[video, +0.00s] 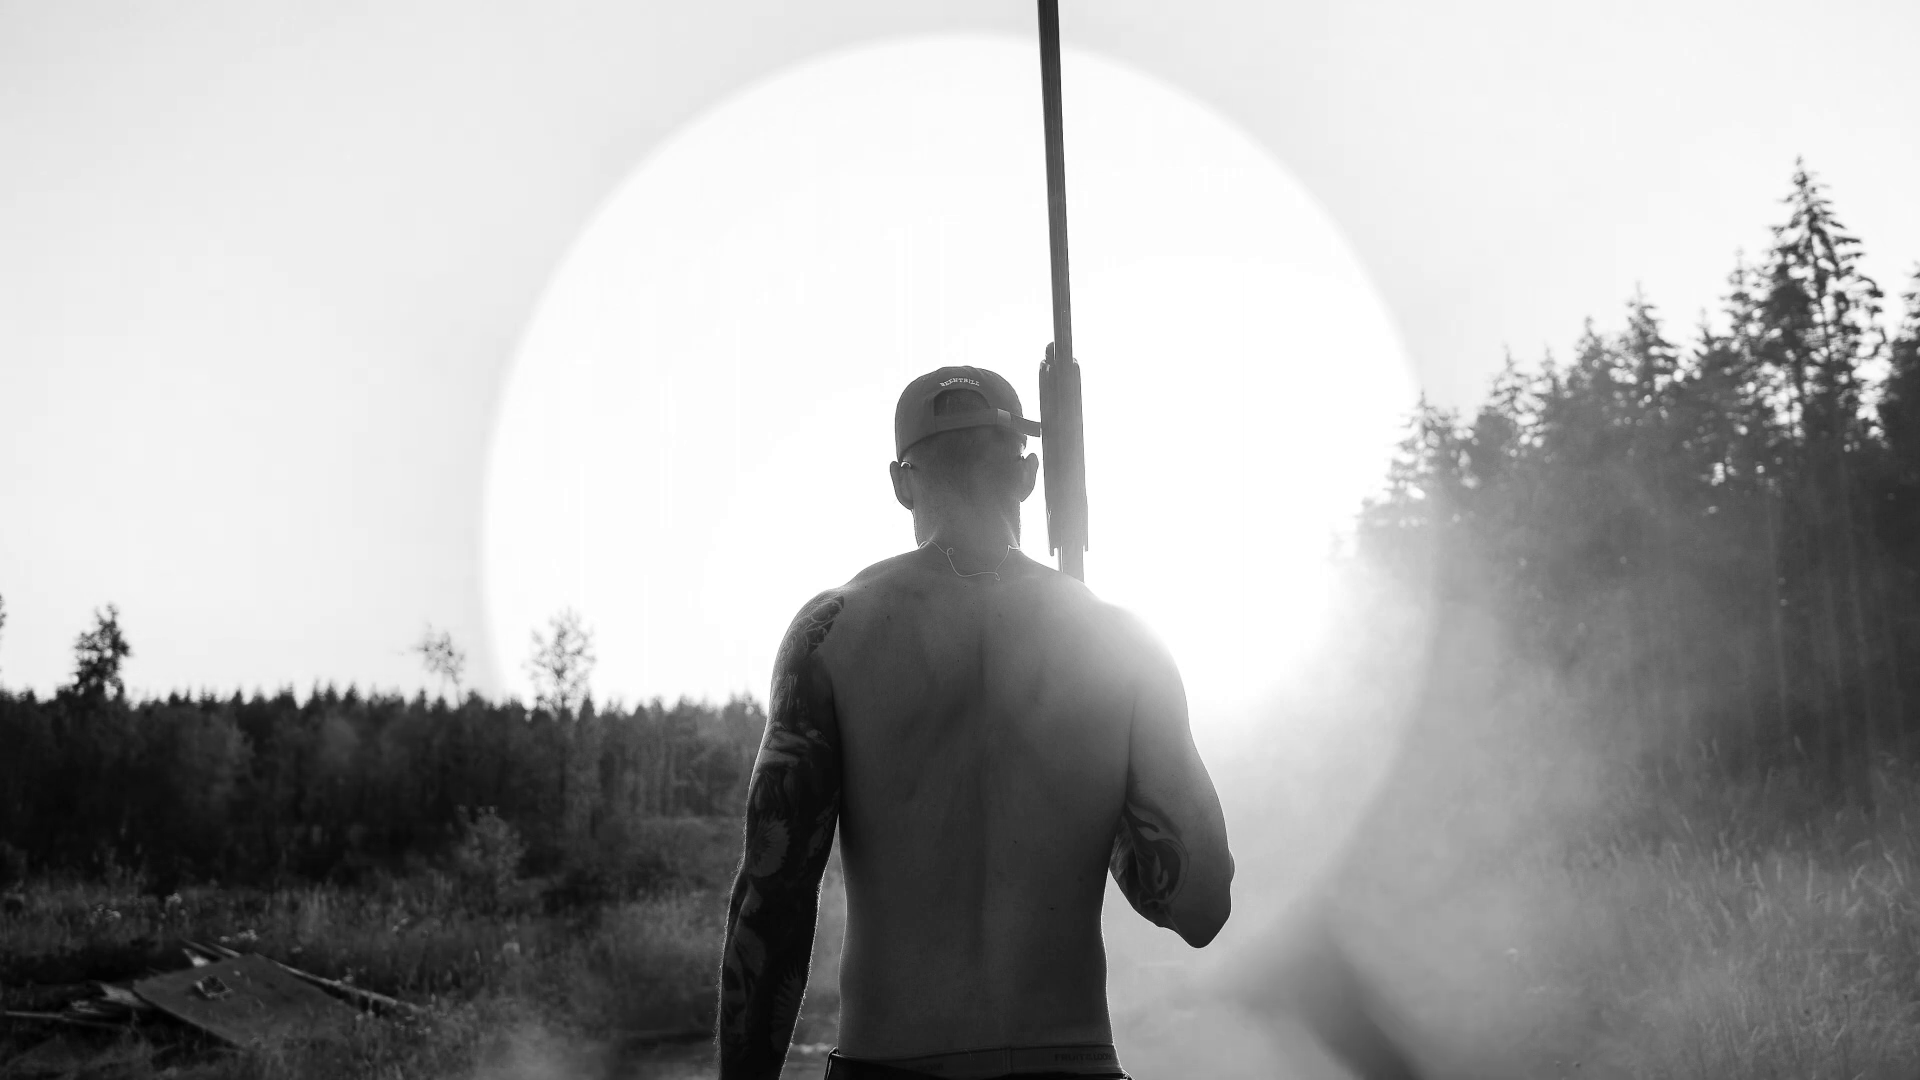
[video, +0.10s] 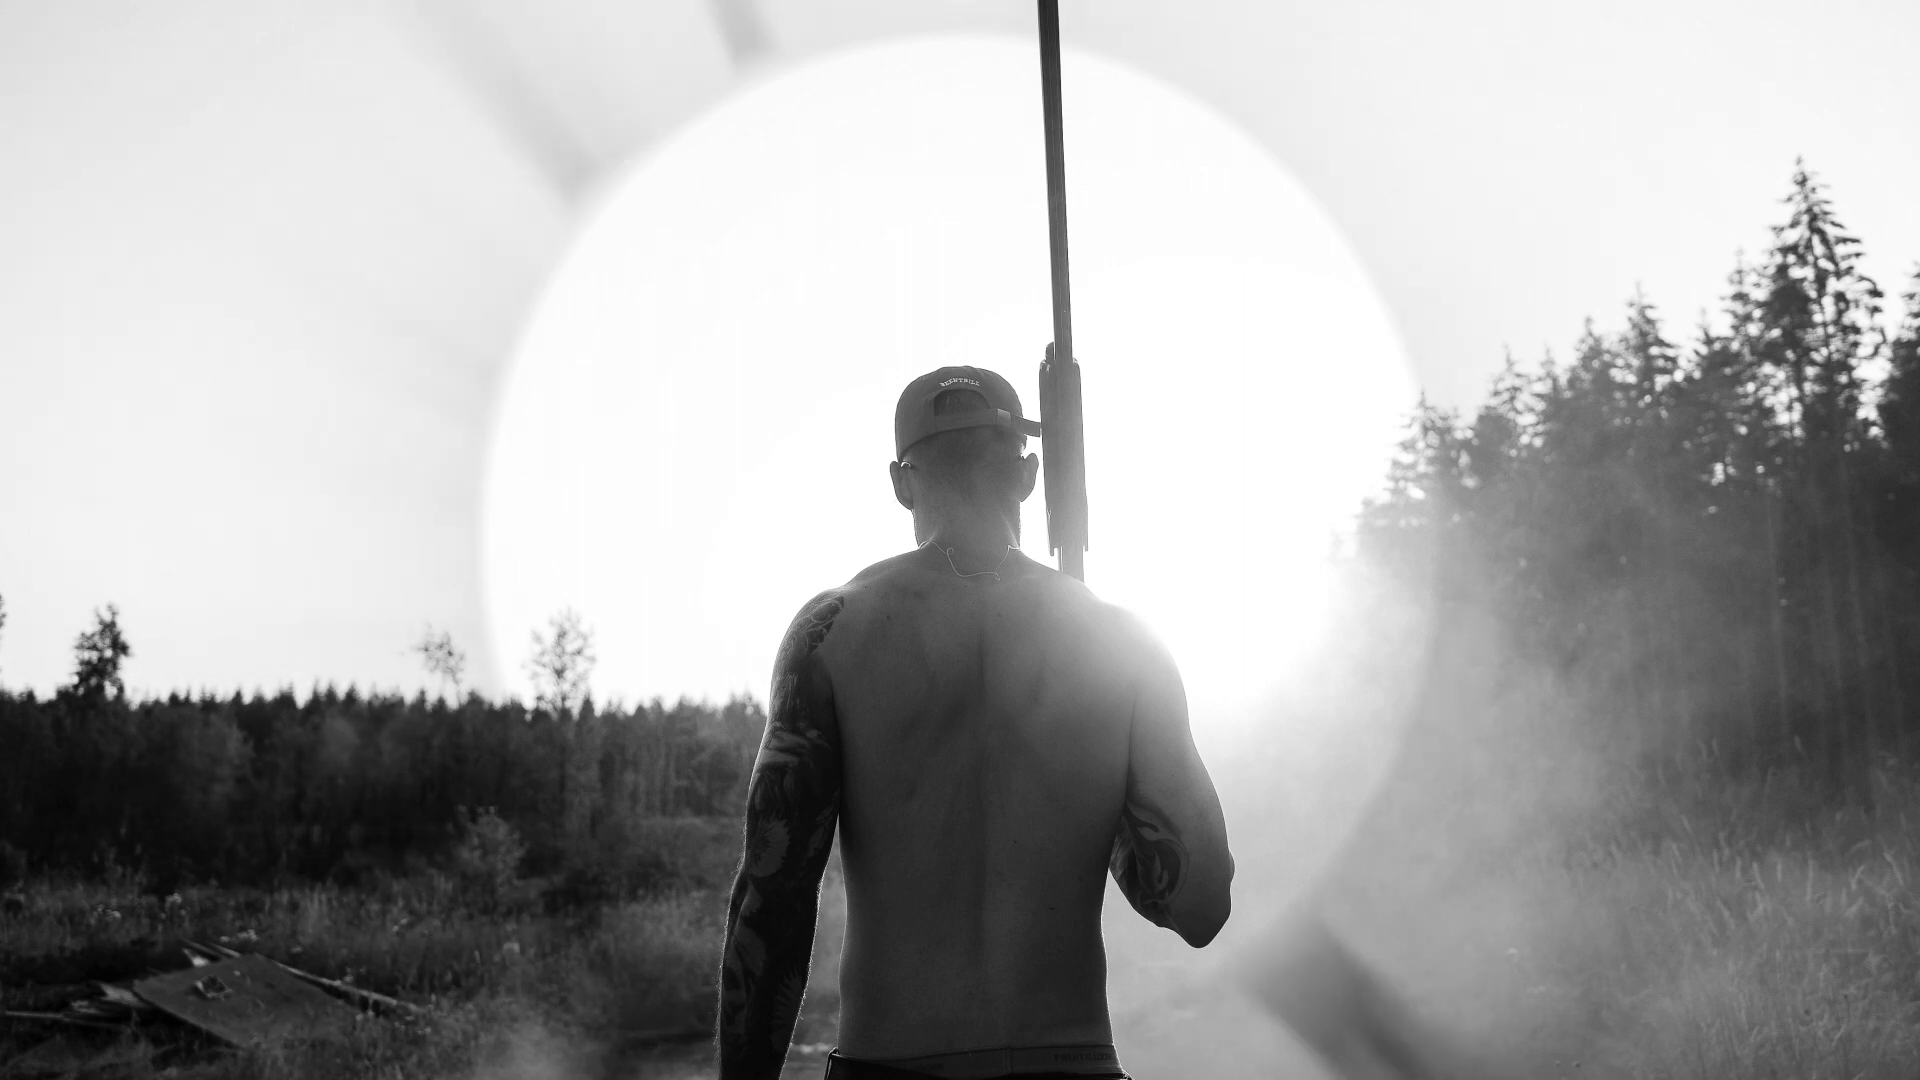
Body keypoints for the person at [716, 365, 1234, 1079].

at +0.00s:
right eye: (1017, 451)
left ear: (902, 484)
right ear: (1028, 477)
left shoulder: (831, 630)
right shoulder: (1121, 640)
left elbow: (772, 887)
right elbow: (1201, 904)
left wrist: (748, 1063)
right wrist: (1100, 801)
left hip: (885, 1046)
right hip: (1067, 1045)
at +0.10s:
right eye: (1015, 448)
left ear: (903, 486)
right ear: (1028, 477)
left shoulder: (831, 630)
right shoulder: (1122, 641)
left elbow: (773, 885)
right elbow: (1200, 904)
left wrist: (747, 1062)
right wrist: (1100, 800)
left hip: (886, 1046)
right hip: (1067, 1046)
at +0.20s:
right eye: (1017, 451)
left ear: (902, 484)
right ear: (1028, 477)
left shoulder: (831, 630)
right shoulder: (1121, 640)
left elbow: (772, 887)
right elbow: (1201, 904)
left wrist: (748, 1063)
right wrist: (1100, 801)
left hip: (885, 1046)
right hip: (1067, 1046)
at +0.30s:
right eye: (1017, 451)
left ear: (902, 484)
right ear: (1028, 477)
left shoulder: (831, 630)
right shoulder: (1121, 640)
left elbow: (772, 887)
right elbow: (1201, 904)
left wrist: (748, 1063)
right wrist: (1100, 801)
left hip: (885, 1046)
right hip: (1067, 1046)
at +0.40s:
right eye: (1017, 451)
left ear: (902, 484)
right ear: (1028, 477)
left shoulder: (831, 630)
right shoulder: (1121, 640)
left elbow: (772, 887)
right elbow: (1201, 904)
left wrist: (748, 1063)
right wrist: (1100, 801)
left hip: (885, 1046)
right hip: (1067, 1045)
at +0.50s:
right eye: (1017, 451)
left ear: (902, 484)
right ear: (1028, 477)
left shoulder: (831, 630)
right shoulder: (1121, 640)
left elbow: (772, 887)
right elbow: (1201, 904)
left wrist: (748, 1063)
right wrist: (1100, 801)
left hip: (885, 1046)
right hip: (1067, 1046)